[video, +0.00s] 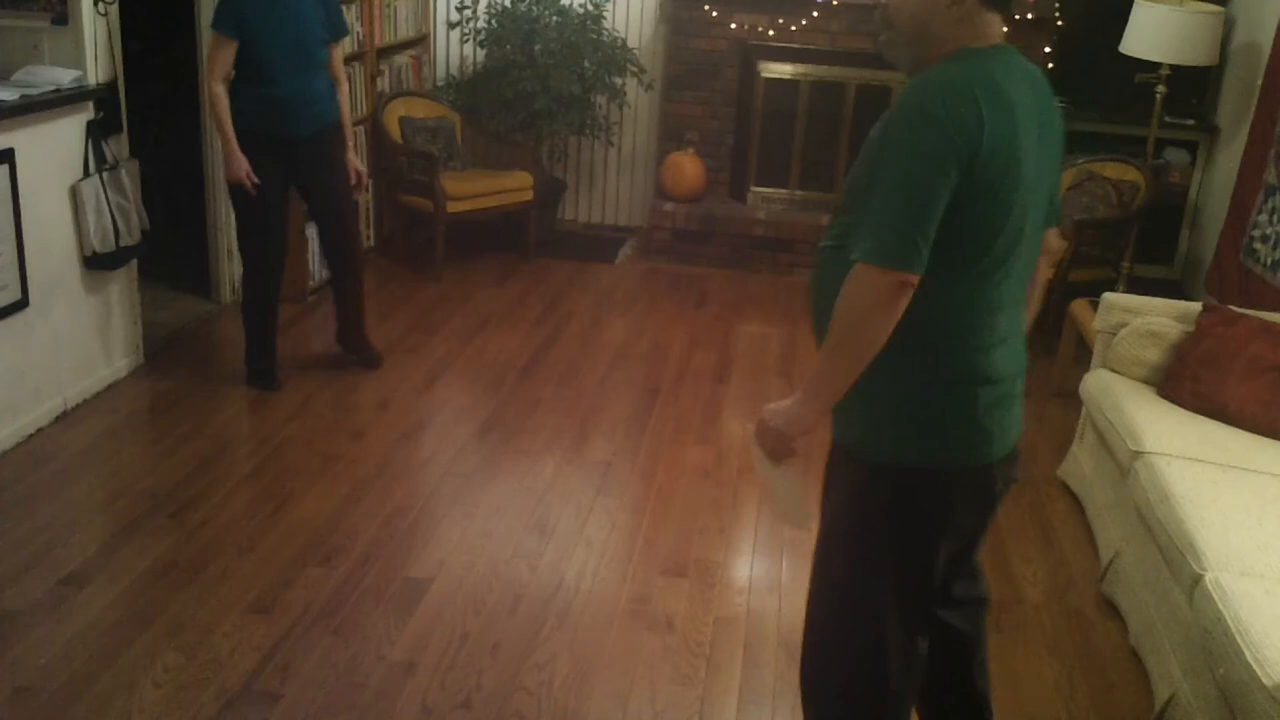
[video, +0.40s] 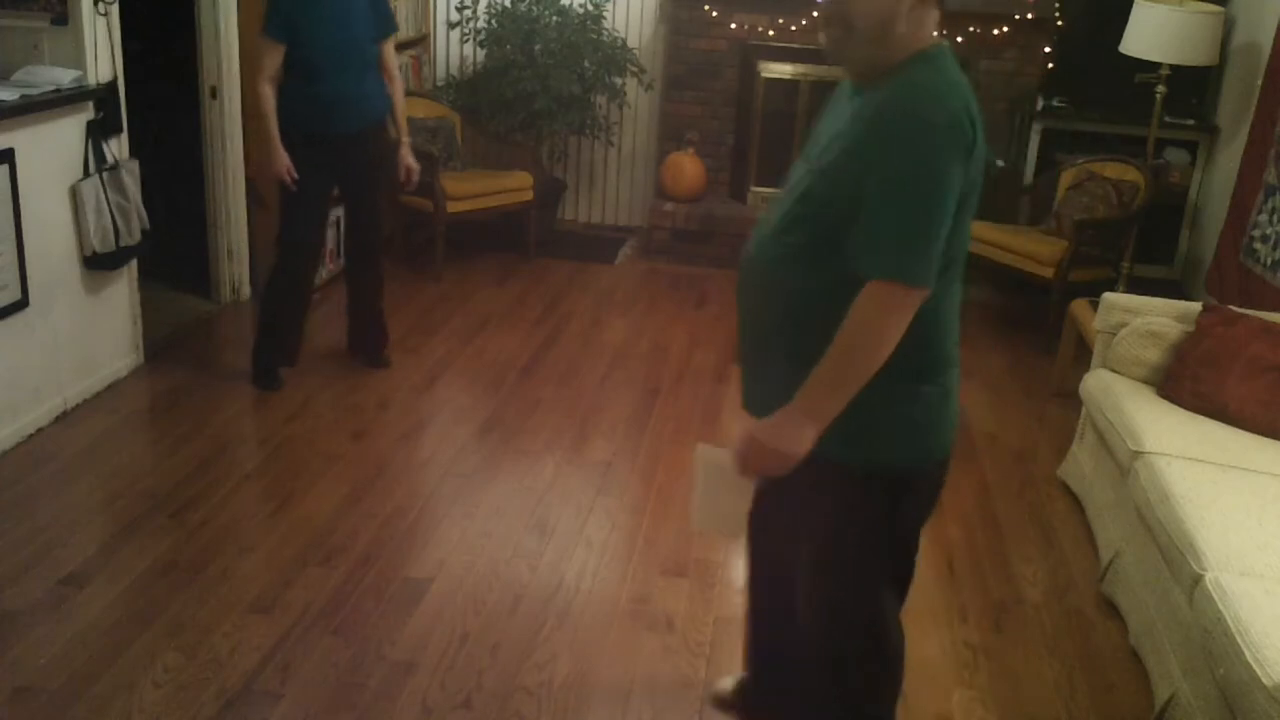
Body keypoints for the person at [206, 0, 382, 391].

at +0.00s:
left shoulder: (326, 7)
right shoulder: (238, 7)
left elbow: (338, 79)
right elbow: (216, 79)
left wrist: (348, 149)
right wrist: (232, 151)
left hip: (322, 141)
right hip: (260, 147)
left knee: (345, 241)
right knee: (263, 259)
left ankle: (353, 336)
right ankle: (261, 365)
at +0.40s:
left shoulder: (375, 6)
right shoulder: (287, 7)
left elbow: (391, 72)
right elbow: (266, 78)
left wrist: (404, 141)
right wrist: (274, 147)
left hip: (368, 138)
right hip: (308, 142)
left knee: (367, 245)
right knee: (297, 251)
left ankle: (369, 343)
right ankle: (269, 360)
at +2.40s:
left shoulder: (380, 6)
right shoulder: (297, 6)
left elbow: (389, 69)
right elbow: (274, 72)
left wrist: (401, 139)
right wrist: (279, 144)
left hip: (370, 134)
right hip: (317, 135)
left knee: (367, 240)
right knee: (322, 241)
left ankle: (363, 340)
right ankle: (323, 345)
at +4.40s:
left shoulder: (384, 6)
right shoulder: (300, 7)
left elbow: (393, 71)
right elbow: (281, 74)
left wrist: (400, 138)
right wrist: (283, 145)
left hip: (374, 132)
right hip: (320, 133)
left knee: (368, 239)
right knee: (324, 240)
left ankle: (364, 340)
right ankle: (324, 345)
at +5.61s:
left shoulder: (326, 7)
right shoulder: (242, 7)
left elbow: (332, 78)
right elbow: (217, 78)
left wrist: (339, 151)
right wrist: (231, 151)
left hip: (316, 146)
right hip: (258, 149)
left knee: (332, 252)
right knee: (266, 261)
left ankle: (315, 348)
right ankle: (264, 371)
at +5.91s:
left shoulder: (321, 7)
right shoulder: (240, 8)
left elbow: (333, 83)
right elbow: (214, 86)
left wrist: (344, 155)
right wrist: (237, 158)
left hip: (314, 150)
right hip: (256, 154)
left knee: (321, 257)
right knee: (265, 264)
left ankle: (301, 353)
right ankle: (262, 368)